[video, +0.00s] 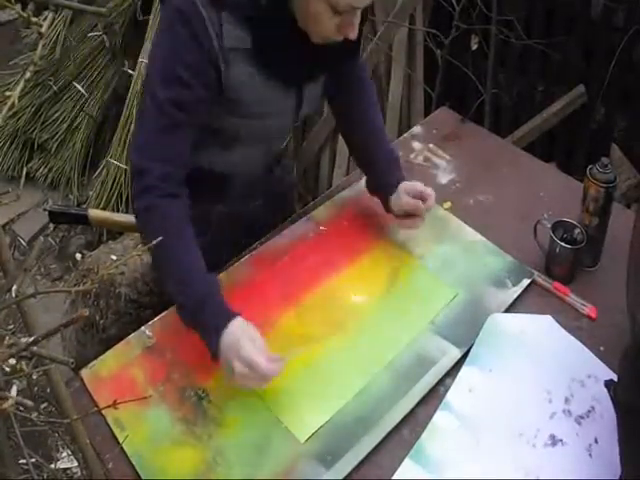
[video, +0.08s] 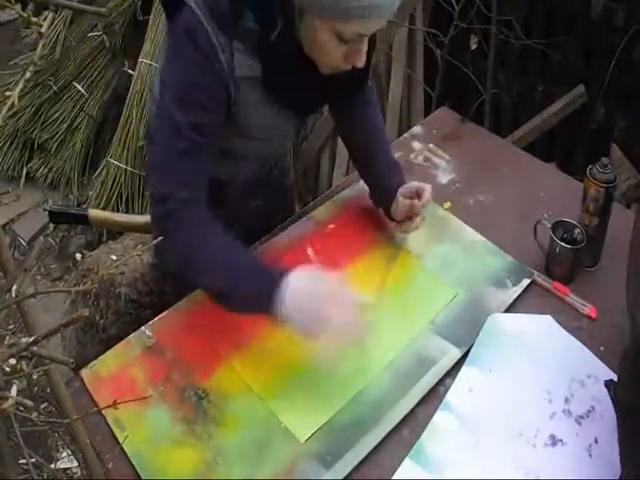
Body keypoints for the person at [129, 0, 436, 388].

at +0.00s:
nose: (351, 29)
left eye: (360, 13)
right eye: (339, 11)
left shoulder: (326, 23)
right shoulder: (196, 21)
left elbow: (352, 93)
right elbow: (156, 187)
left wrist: (391, 184)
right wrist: (217, 322)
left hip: (271, 194)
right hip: (202, 209)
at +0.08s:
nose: (358, 59)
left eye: (367, 39)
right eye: (345, 39)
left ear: (378, 22)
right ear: (294, 12)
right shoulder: (205, 35)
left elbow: (353, 98)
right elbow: (177, 219)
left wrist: (392, 190)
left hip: (272, 206)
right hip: (204, 221)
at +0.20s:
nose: (374, 60)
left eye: (385, 40)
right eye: (361, 38)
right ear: (313, 10)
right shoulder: (219, 38)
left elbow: (355, 106)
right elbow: (199, 205)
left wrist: (393, 195)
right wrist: (306, 271)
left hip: (269, 188)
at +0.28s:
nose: (372, 66)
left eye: (382, 45)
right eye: (358, 44)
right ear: (308, 16)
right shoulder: (216, 46)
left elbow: (359, 111)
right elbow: (227, 203)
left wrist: (395, 198)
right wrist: (324, 282)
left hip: (266, 171)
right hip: (193, 181)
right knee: (199, 303)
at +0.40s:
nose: (367, 68)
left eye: (377, 47)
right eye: (352, 46)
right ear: (305, 17)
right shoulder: (216, 42)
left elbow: (358, 111)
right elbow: (212, 199)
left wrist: (396, 200)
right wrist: (303, 283)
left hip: (269, 173)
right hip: (195, 182)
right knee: (197, 305)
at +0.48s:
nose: (371, 64)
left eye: (382, 48)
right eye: (358, 46)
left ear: (395, 28)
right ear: (314, 14)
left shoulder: (349, 46)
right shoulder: (215, 33)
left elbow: (366, 120)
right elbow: (123, 121)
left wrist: (400, 199)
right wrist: (62, 244)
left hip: (273, 189)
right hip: (201, 195)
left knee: (275, 289)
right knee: (197, 304)